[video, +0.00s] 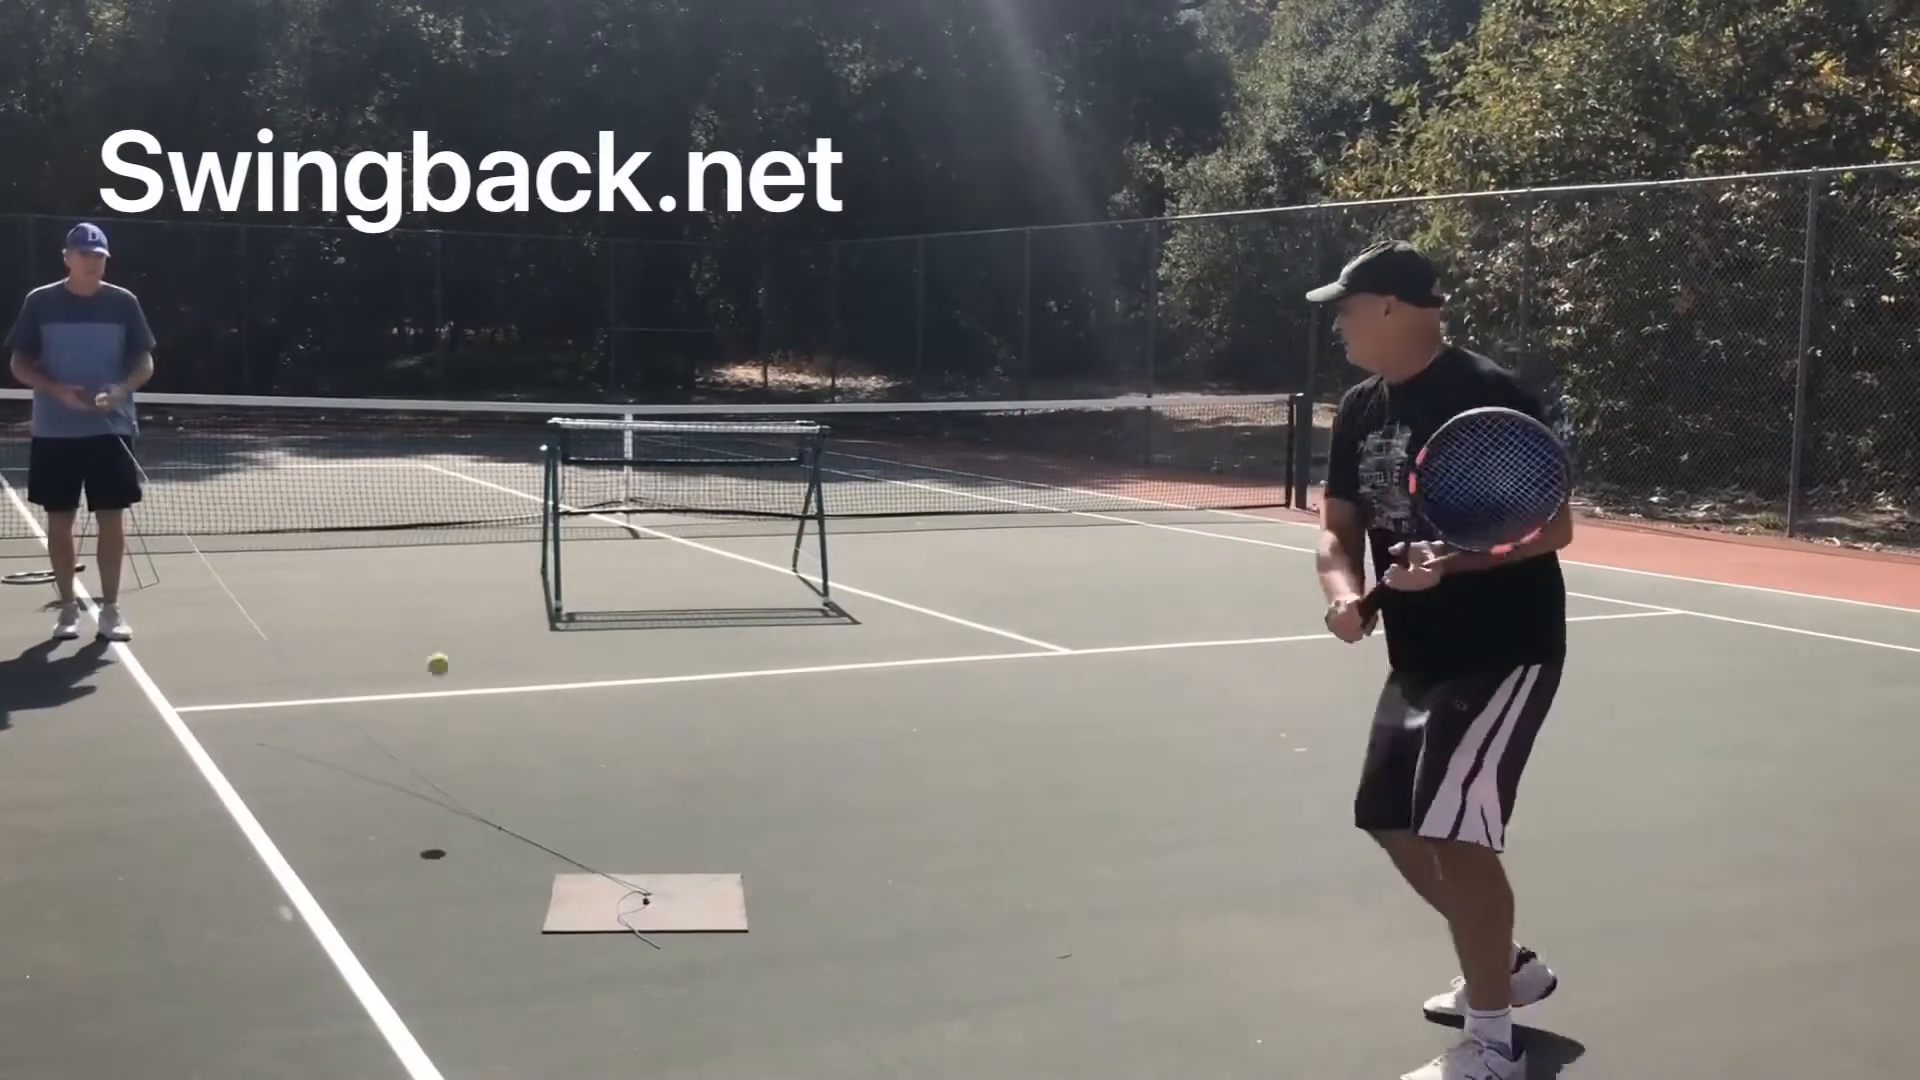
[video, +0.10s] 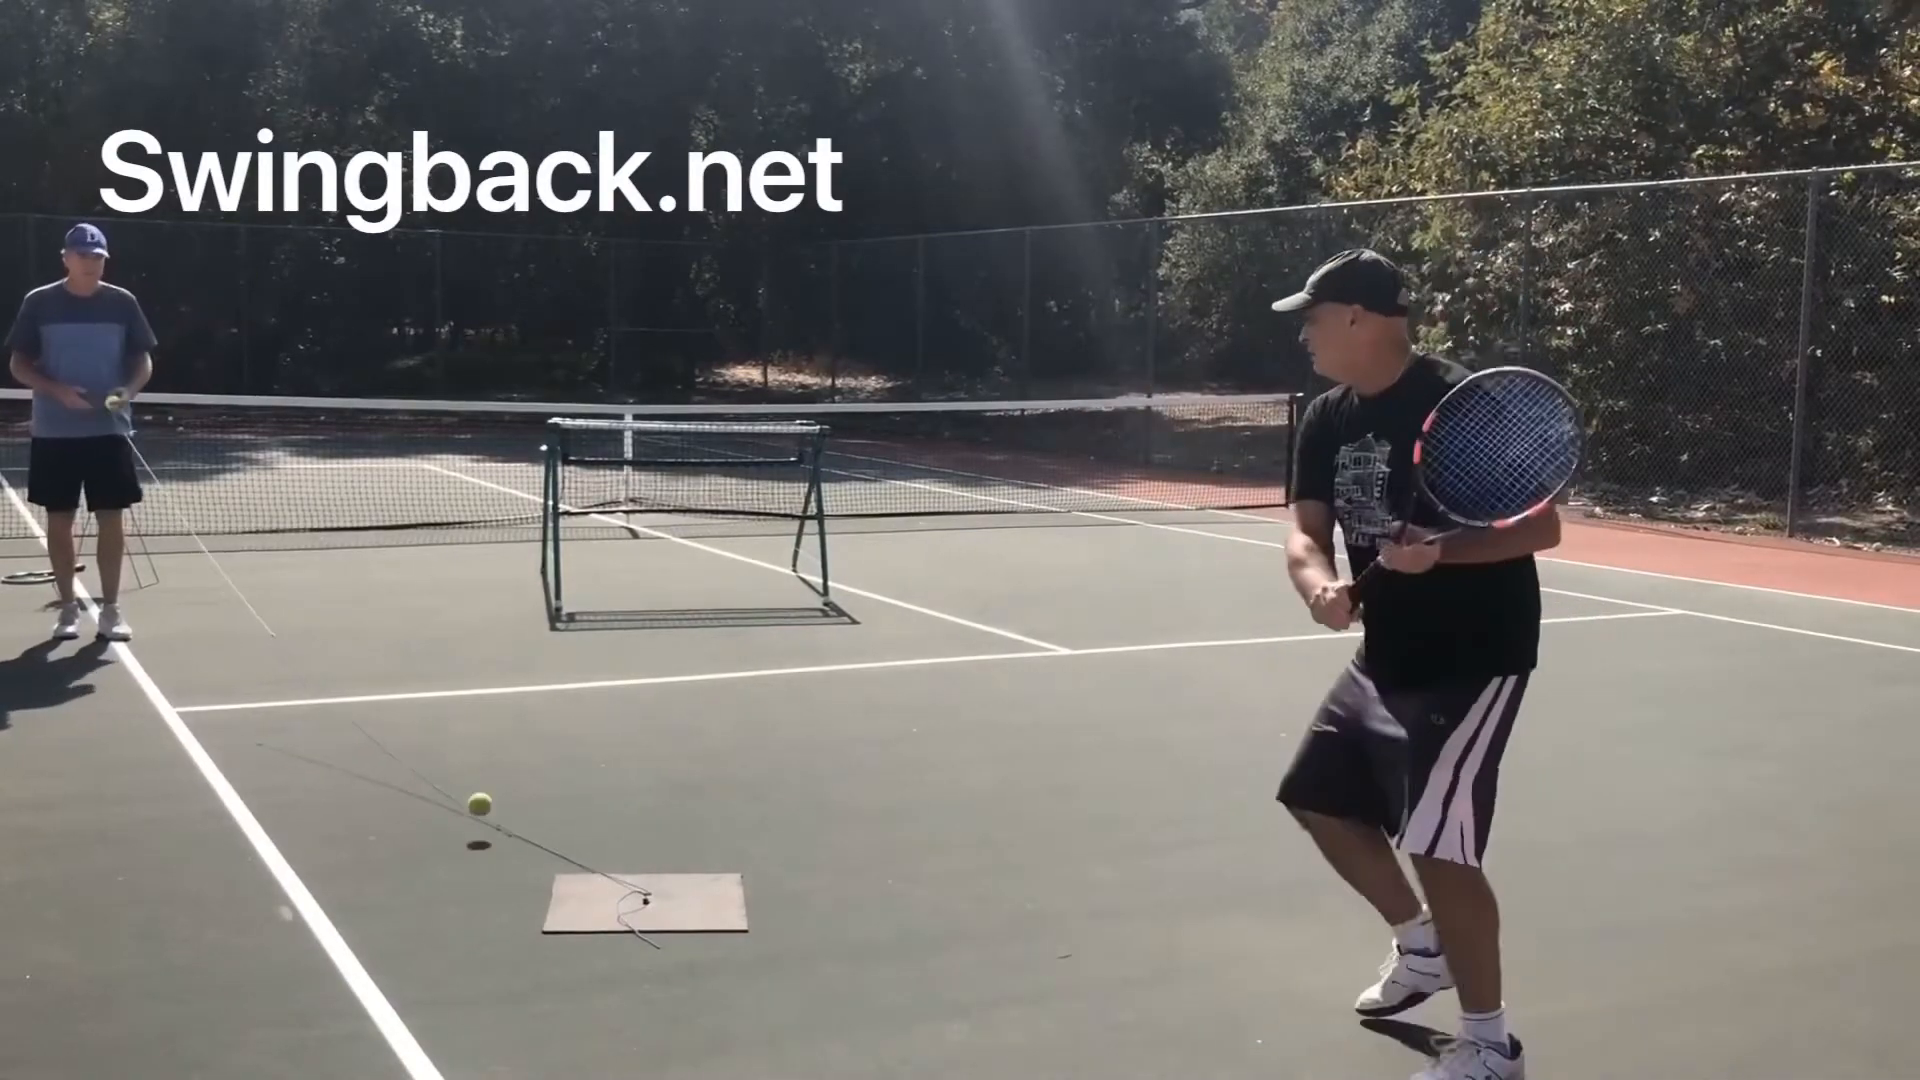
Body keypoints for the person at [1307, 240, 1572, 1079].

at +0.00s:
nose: (1338, 325)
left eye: (1350, 310)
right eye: (1340, 312)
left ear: (1400, 312)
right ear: (1385, 316)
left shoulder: (1501, 399)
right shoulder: (1361, 411)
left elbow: (1552, 528)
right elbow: (1338, 533)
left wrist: (1451, 562)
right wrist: (1344, 589)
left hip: (1507, 651)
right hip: (1421, 654)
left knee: (1455, 826)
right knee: (1392, 816)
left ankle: (1492, 1046)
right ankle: (1509, 968)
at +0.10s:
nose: (1304, 333)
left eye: (1316, 318)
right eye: (1306, 319)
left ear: (1363, 323)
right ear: (1354, 326)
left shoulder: (1465, 405)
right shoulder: (1326, 416)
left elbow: (1544, 526)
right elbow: (1304, 539)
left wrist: (1442, 548)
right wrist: (1322, 587)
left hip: (1480, 659)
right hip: (1388, 653)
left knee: (1437, 839)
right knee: (1317, 795)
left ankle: (1489, 1042)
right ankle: (1424, 943)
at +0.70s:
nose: (1010, 440)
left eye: (1015, 424)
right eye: (1009, 426)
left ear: (1053, 414)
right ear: (1059, 409)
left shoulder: (1107, 510)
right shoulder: (1096, 465)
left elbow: (1165, 660)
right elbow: (993, 485)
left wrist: (1222, 787)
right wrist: (922, 507)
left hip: (1189, 725)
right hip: (1132, 697)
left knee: (1203, 917)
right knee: (1023, 772)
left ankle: (1413, 917)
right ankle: (1029, 966)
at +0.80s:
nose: (971, 456)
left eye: (974, 438)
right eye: (967, 441)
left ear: (1012, 424)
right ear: (1028, 417)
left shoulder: (1063, 537)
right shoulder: (1097, 429)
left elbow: (1131, 678)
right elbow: (1102, 343)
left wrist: (1169, 812)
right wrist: (1109, 288)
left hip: (1198, 709)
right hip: (1143, 677)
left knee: (1158, 906)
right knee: (1031, 774)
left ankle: (1367, 909)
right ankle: (1030, 962)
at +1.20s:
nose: (1104, 353)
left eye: (1109, 337)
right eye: (1107, 336)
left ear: (1135, 340)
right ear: (1185, 336)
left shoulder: (1117, 456)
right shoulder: (1261, 390)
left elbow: (1075, 600)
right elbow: (1407, 359)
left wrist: (999, 709)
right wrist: (1522, 302)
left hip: (1240, 683)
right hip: (1321, 657)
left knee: (1191, 860)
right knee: (1174, 801)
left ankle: (1286, 1066)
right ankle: (1115, 959)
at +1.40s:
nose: (1187, 313)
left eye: (1192, 300)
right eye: (1192, 299)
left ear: (1214, 305)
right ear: (1267, 303)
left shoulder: (1189, 414)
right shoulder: (1342, 378)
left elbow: (1160, 559)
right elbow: (1456, 452)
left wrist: (1104, 641)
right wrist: (1492, 444)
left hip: (1270, 656)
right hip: (1366, 638)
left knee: (1252, 851)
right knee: (1311, 796)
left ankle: (1291, 1064)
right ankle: (1387, 967)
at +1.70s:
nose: (1257, 290)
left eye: (1264, 278)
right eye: (1261, 277)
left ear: (1290, 287)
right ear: (1339, 289)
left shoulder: (1273, 383)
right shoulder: (1404, 371)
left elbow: (1279, 522)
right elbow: (1459, 493)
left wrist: (1242, 581)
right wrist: (1390, 550)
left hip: (1319, 633)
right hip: (1418, 631)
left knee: (1242, 784)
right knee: (1426, 804)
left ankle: (1281, 1001)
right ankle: (1485, 987)